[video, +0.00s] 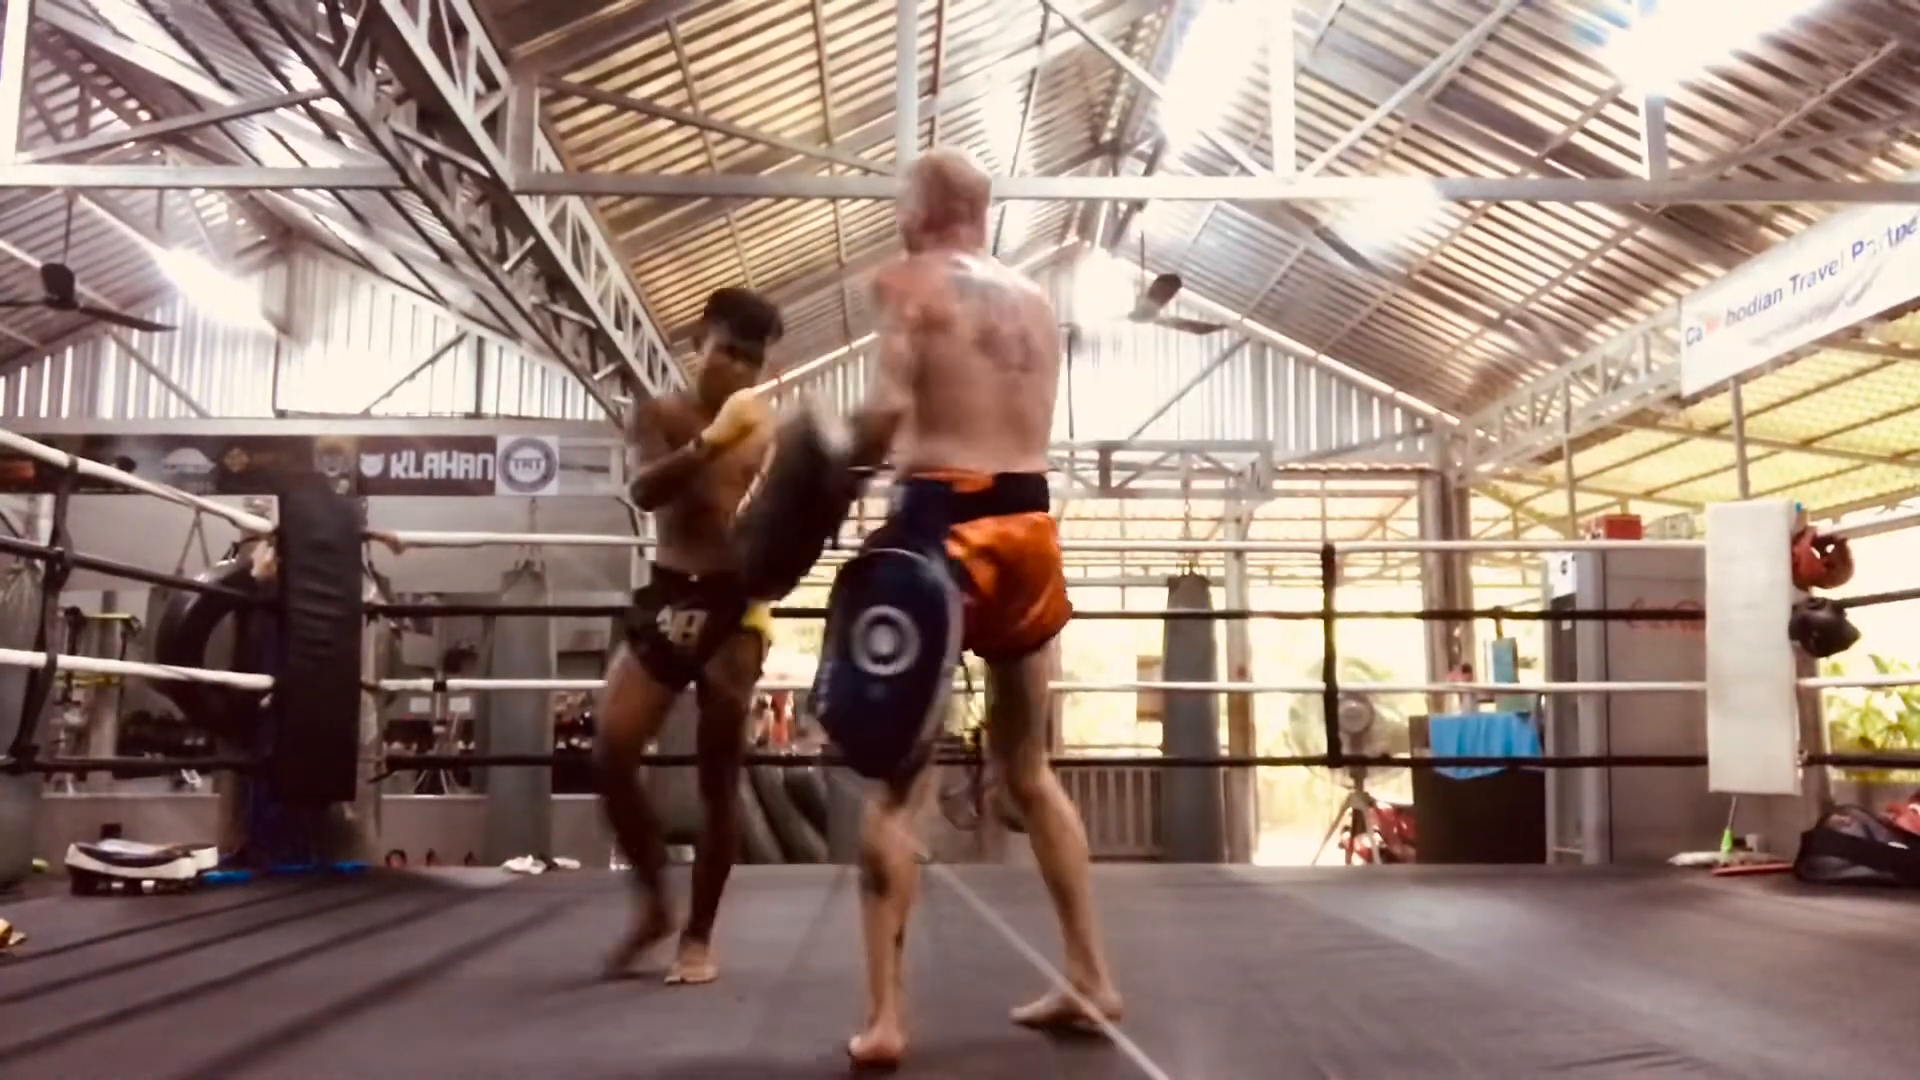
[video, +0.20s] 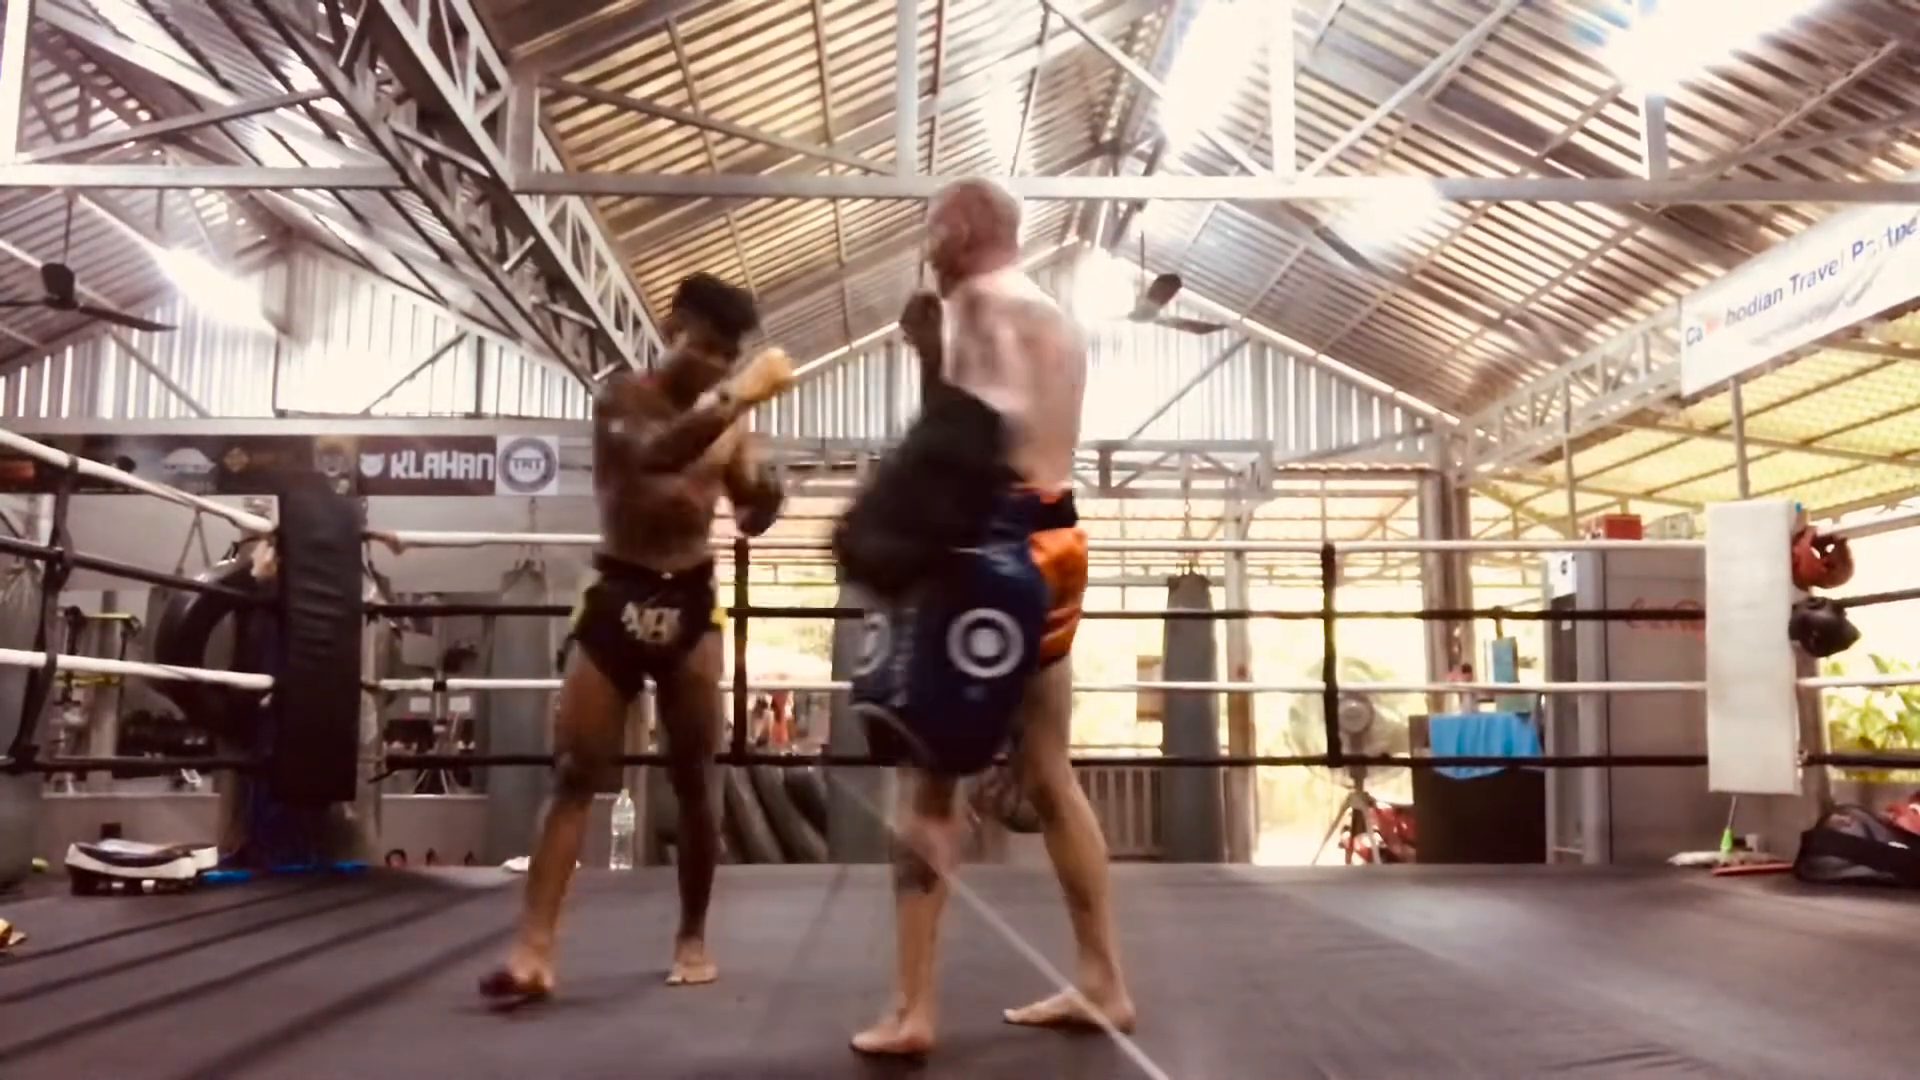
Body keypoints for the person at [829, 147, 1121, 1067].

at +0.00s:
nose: (898, 225)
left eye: (903, 212)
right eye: (904, 212)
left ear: (922, 214)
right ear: (982, 217)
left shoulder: (909, 281)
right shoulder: (1037, 301)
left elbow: (887, 410)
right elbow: (1029, 425)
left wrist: (840, 457)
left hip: (938, 526)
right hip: (1029, 525)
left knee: (896, 793)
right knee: (1030, 774)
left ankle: (884, 1017)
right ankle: (1090, 982)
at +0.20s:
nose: (926, 242)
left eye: (933, 226)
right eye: (929, 226)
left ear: (965, 228)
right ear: (1007, 234)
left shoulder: (971, 305)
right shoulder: (1061, 323)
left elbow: (987, 419)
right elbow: (964, 423)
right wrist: (928, 347)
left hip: (987, 548)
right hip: (1055, 539)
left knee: (928, 788)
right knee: (1051, 777)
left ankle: (913, 1006)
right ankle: (1102, 982)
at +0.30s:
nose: (931, 264)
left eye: (937, 248)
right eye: (930, 251)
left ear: (975, 241)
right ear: (990, 240)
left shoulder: (1018, 299)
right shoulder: (1016, 321)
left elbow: (1057, 385)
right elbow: (958, 449)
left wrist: (989, 485)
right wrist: (916, 362)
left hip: (1013, 562)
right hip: (1045, 564)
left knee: (961, 778)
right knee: (1062, 776)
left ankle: (936, 997)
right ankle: (1103, 982)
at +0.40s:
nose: (934, 277)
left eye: (939, 259)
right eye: (931, 263)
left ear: (982, 250)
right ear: (981, 254)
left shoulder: (1040, 305)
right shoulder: (1013, 350)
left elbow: (1113, 393)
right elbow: (929, 439)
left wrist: (1082, 512)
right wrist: (848, 372)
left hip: (1053, 524)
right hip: (1043, 527)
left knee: (1002, 757)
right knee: (1070, 771)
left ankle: (984, 998)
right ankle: (1103, 984)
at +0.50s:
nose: (948, 268)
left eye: (955, 250)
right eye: (944, 254)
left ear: (1004, 240)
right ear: (997, 245)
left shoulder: (1059, 297)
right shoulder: (1007, 351)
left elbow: (1139, 381)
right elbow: (916, 419)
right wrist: (823, 367)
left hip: (1078, 516)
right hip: (1058, 526)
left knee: (1038, 749)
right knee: (1081, 769)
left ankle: (1073, 994)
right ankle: (1104, 989)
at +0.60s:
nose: (973, 248)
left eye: (985, 230)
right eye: (970, 235)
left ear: (1040, 225)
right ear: (1002, 240)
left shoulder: (1098, 293)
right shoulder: (1014, 342)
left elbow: (1185, 404)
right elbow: (906, 398)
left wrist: (1191, 508)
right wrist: (797, 369)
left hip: (1103, 518)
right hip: (1053, 529)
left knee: (1096, 755)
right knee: (1076, 759)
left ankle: (1156, 1002)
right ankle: (1103, 986)